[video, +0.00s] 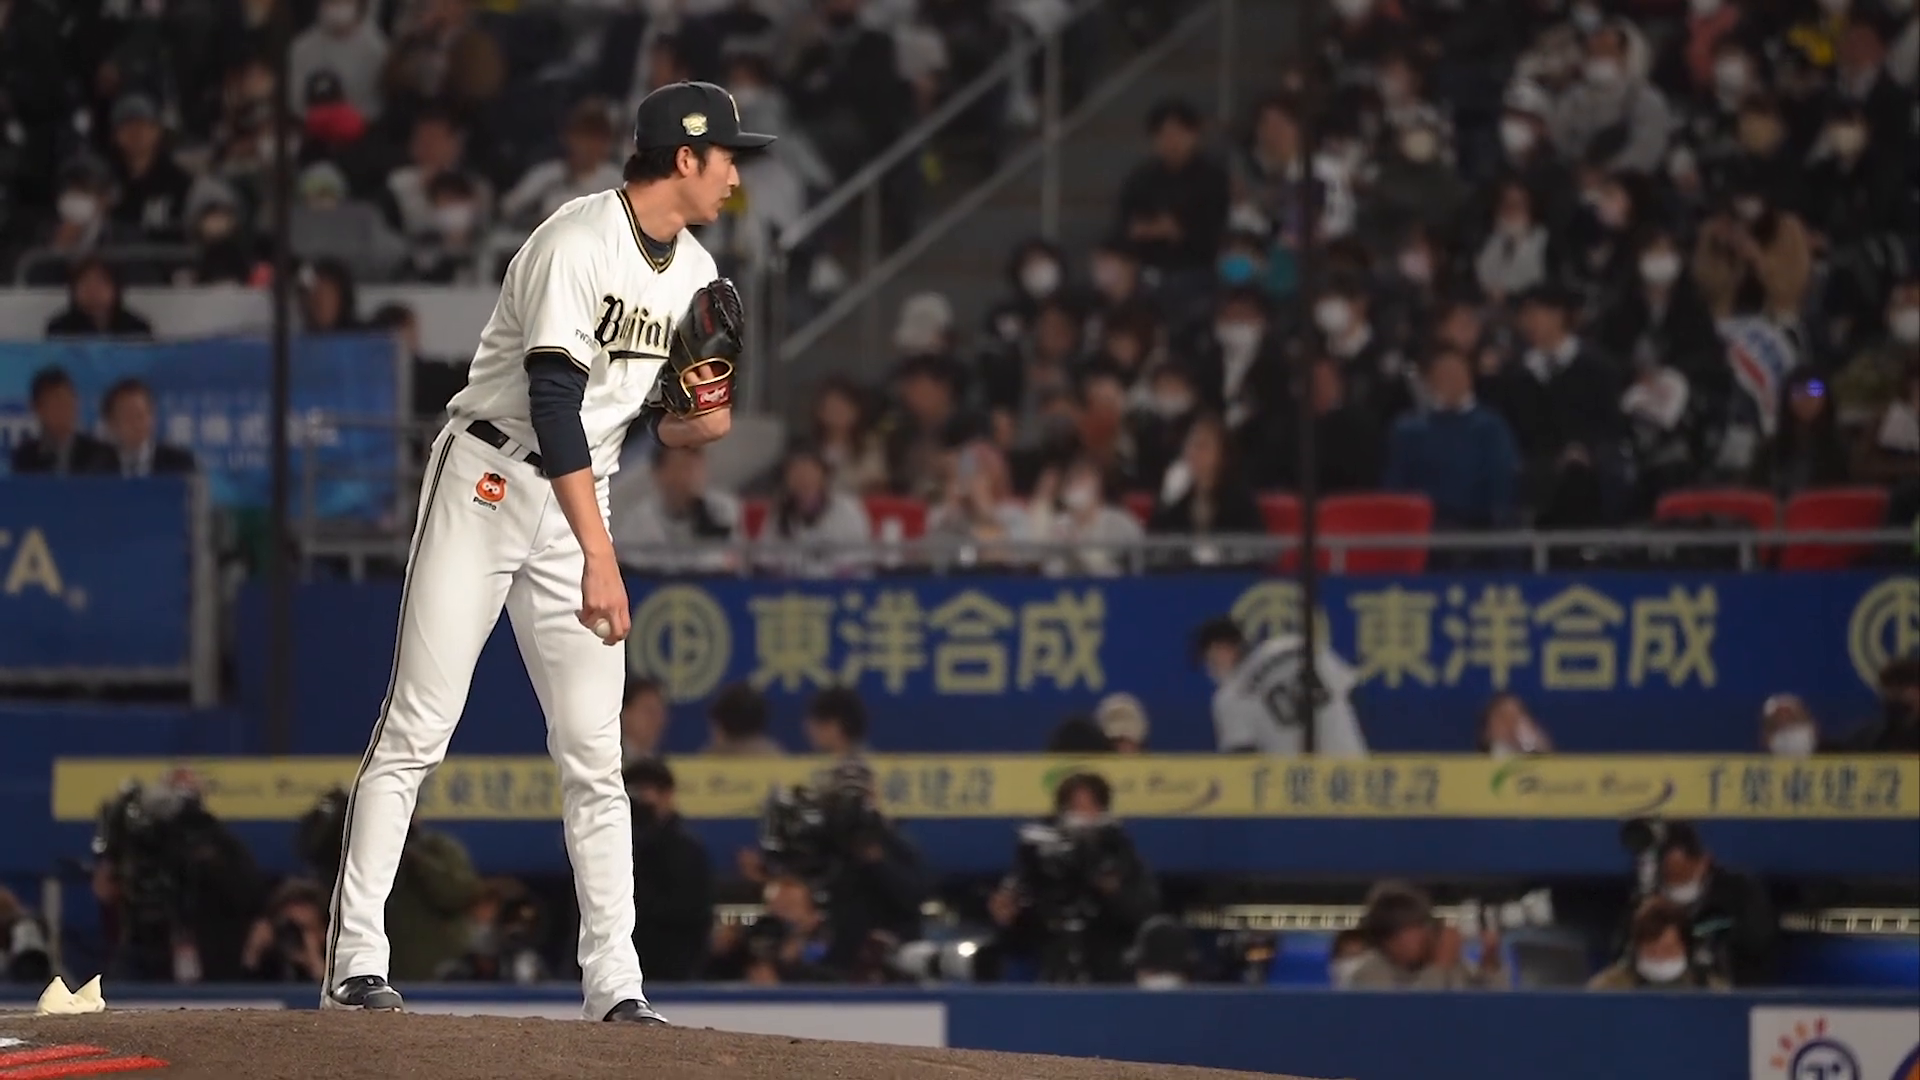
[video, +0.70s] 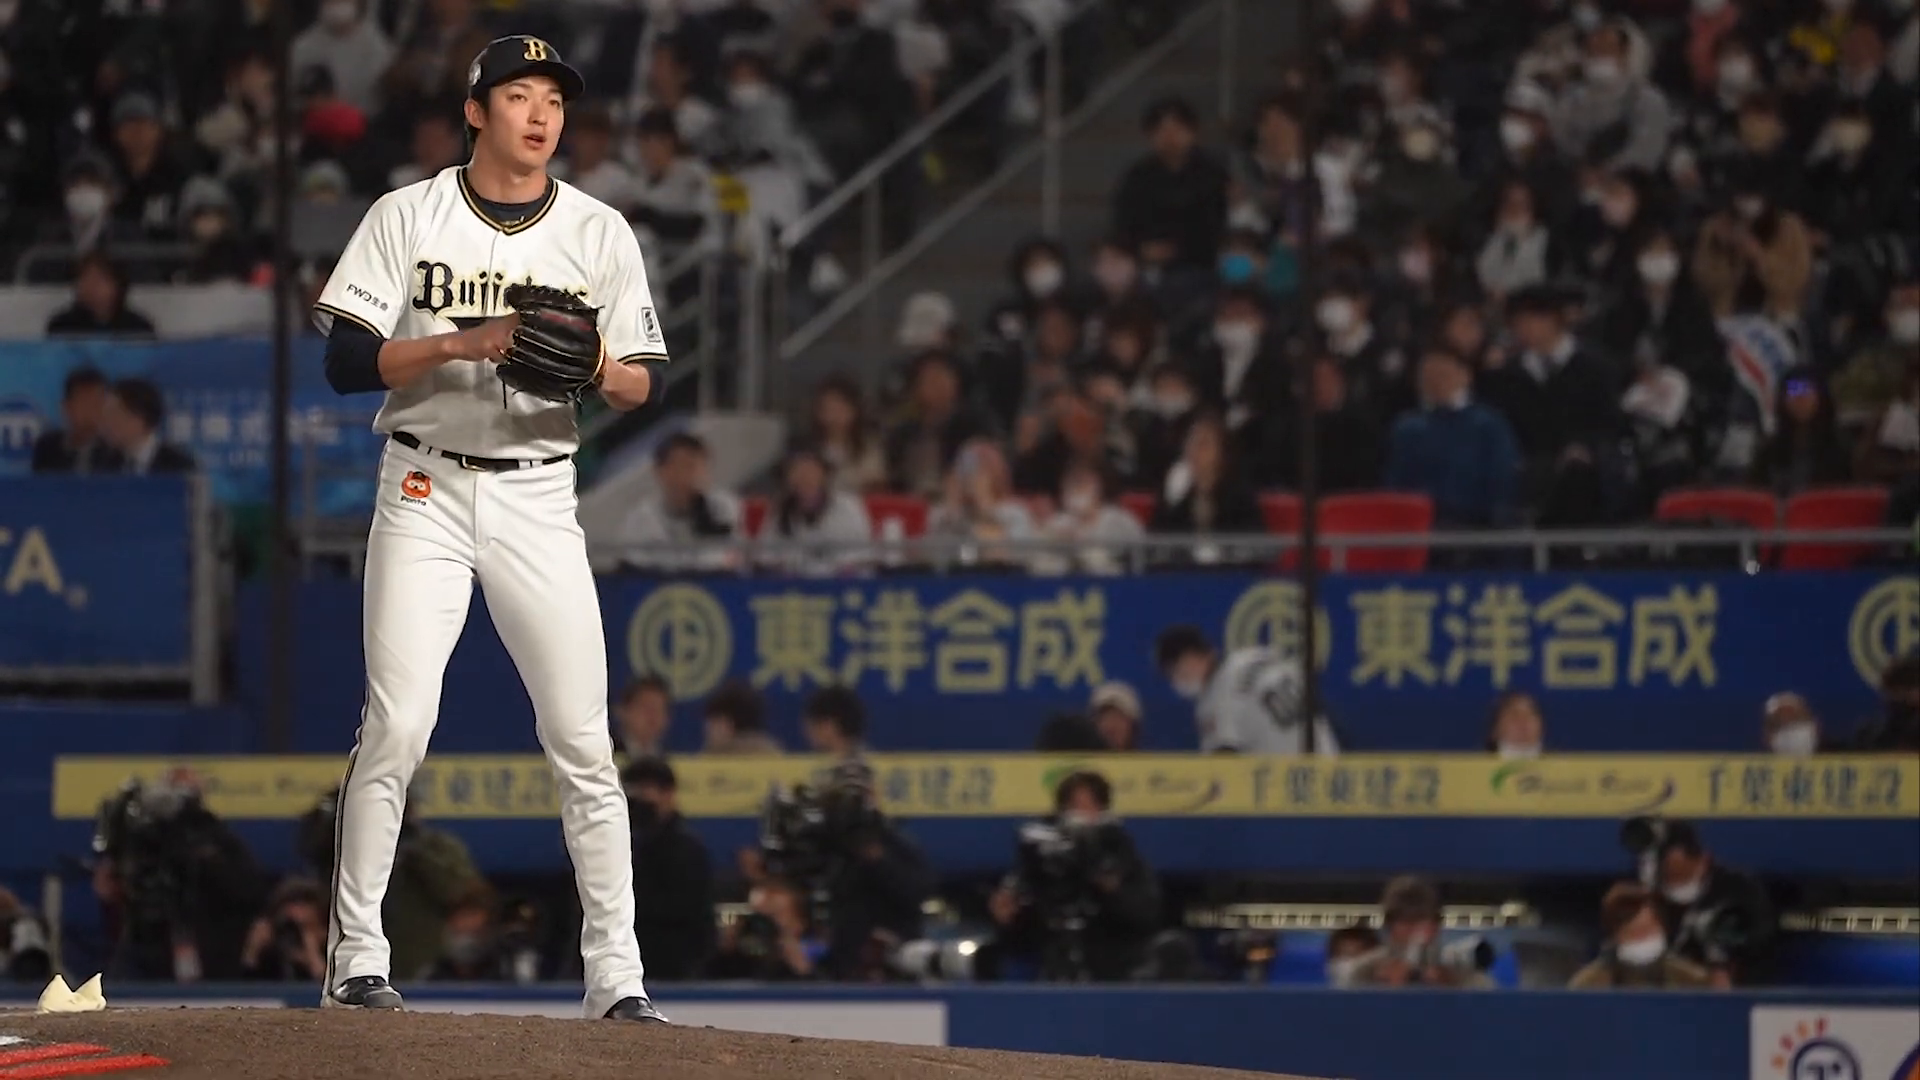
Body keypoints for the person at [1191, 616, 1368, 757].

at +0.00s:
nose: (1211, 672)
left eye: (1210, 661)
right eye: (1207, 664)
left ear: (1222, 651)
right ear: (1240, 640)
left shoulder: (1230, 697)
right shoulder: (1294, 644)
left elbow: (1240, 764)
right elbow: (1349, 689)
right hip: (1355, 774)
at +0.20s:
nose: (1190, 684)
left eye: (1186, 675)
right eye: (1184, 678)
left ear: (1196, 662)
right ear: (1215, 650)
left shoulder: (1215, 697)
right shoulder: (1283, 651)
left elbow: (1233, 759)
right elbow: (1332, 700)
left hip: (1283, 789)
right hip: (1342, 772)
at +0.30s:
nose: (1186, 688)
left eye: (1182, 677)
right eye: (1180, 681)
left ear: (1190, 663)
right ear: (1209, 648)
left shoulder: (1213, 695)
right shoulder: (1271, 650)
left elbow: (1229, 760)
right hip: (1341, 766)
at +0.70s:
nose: (1176, 685)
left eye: (1173, 674)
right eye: (1171, 677)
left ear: (1185, 664)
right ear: (1204, 649)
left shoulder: (1214, 704)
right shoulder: (1255, 654)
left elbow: (1221, 767)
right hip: (1330, 764)